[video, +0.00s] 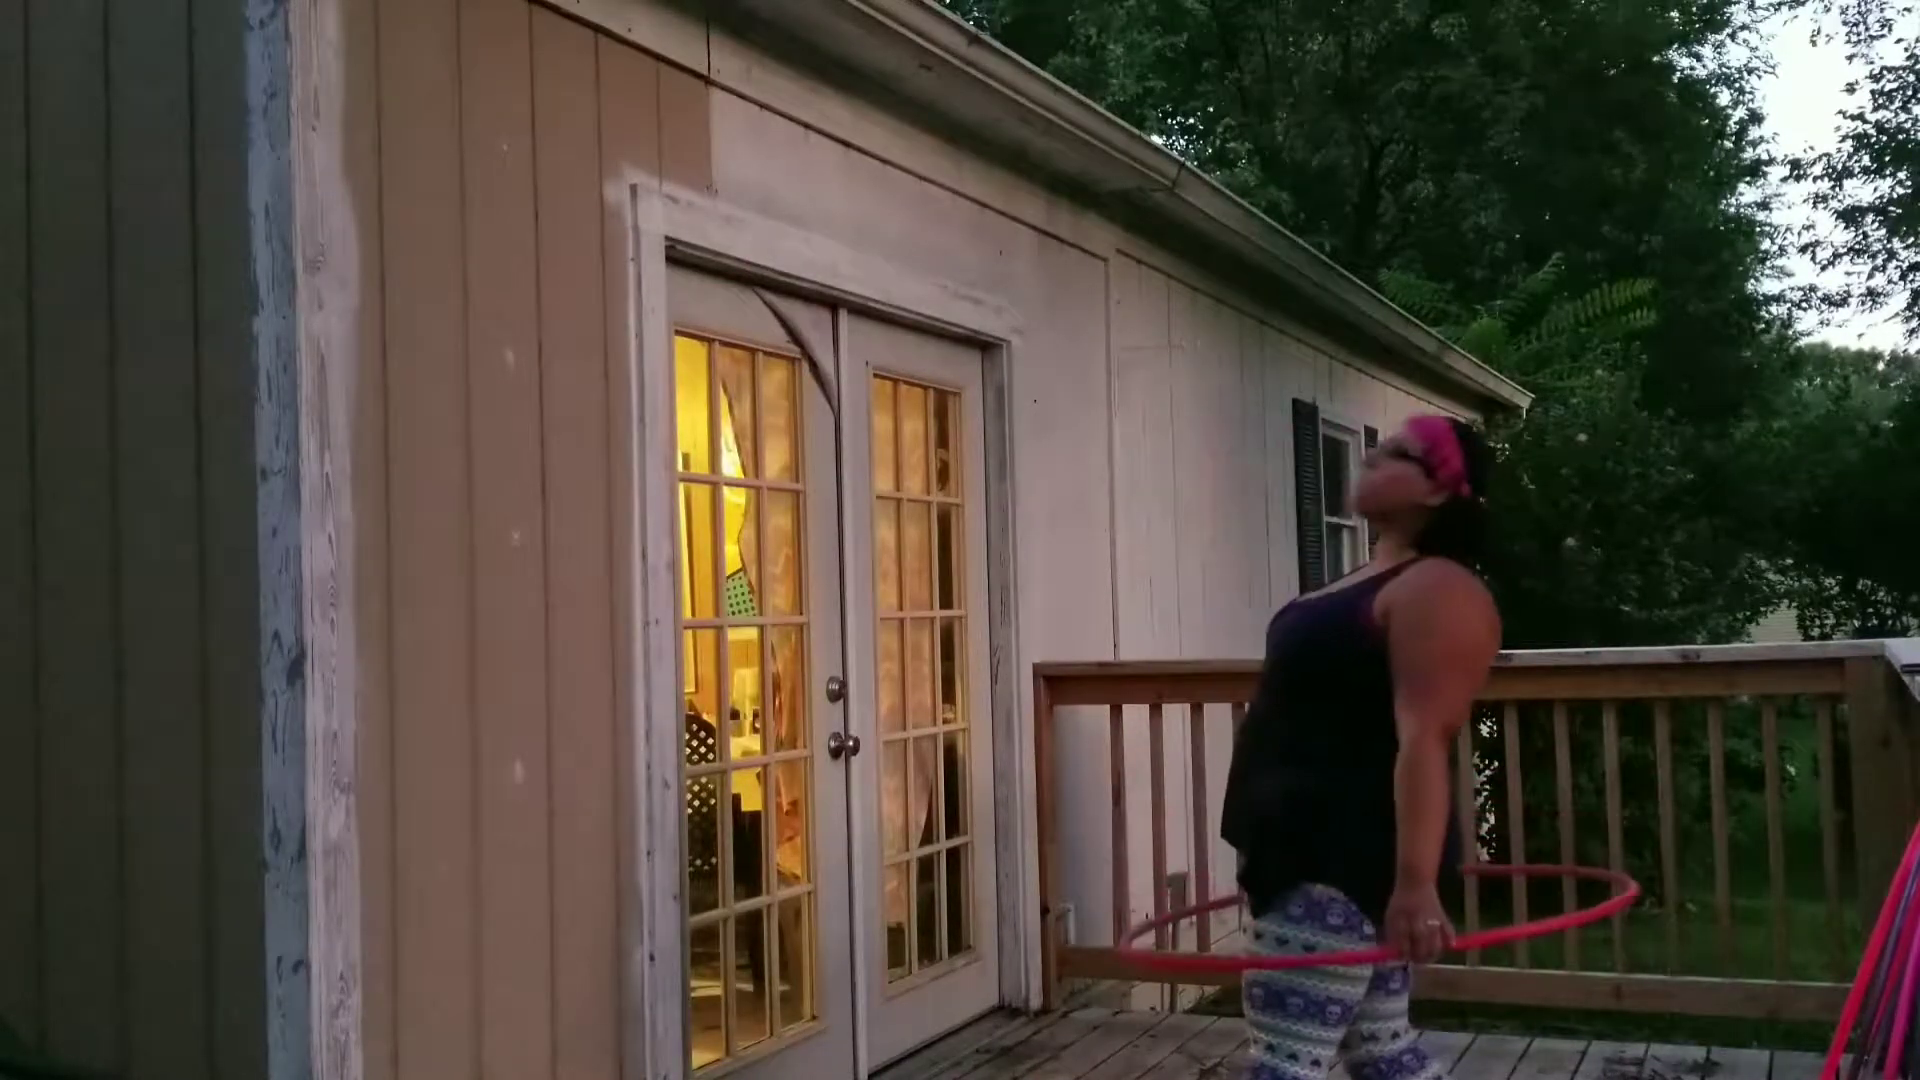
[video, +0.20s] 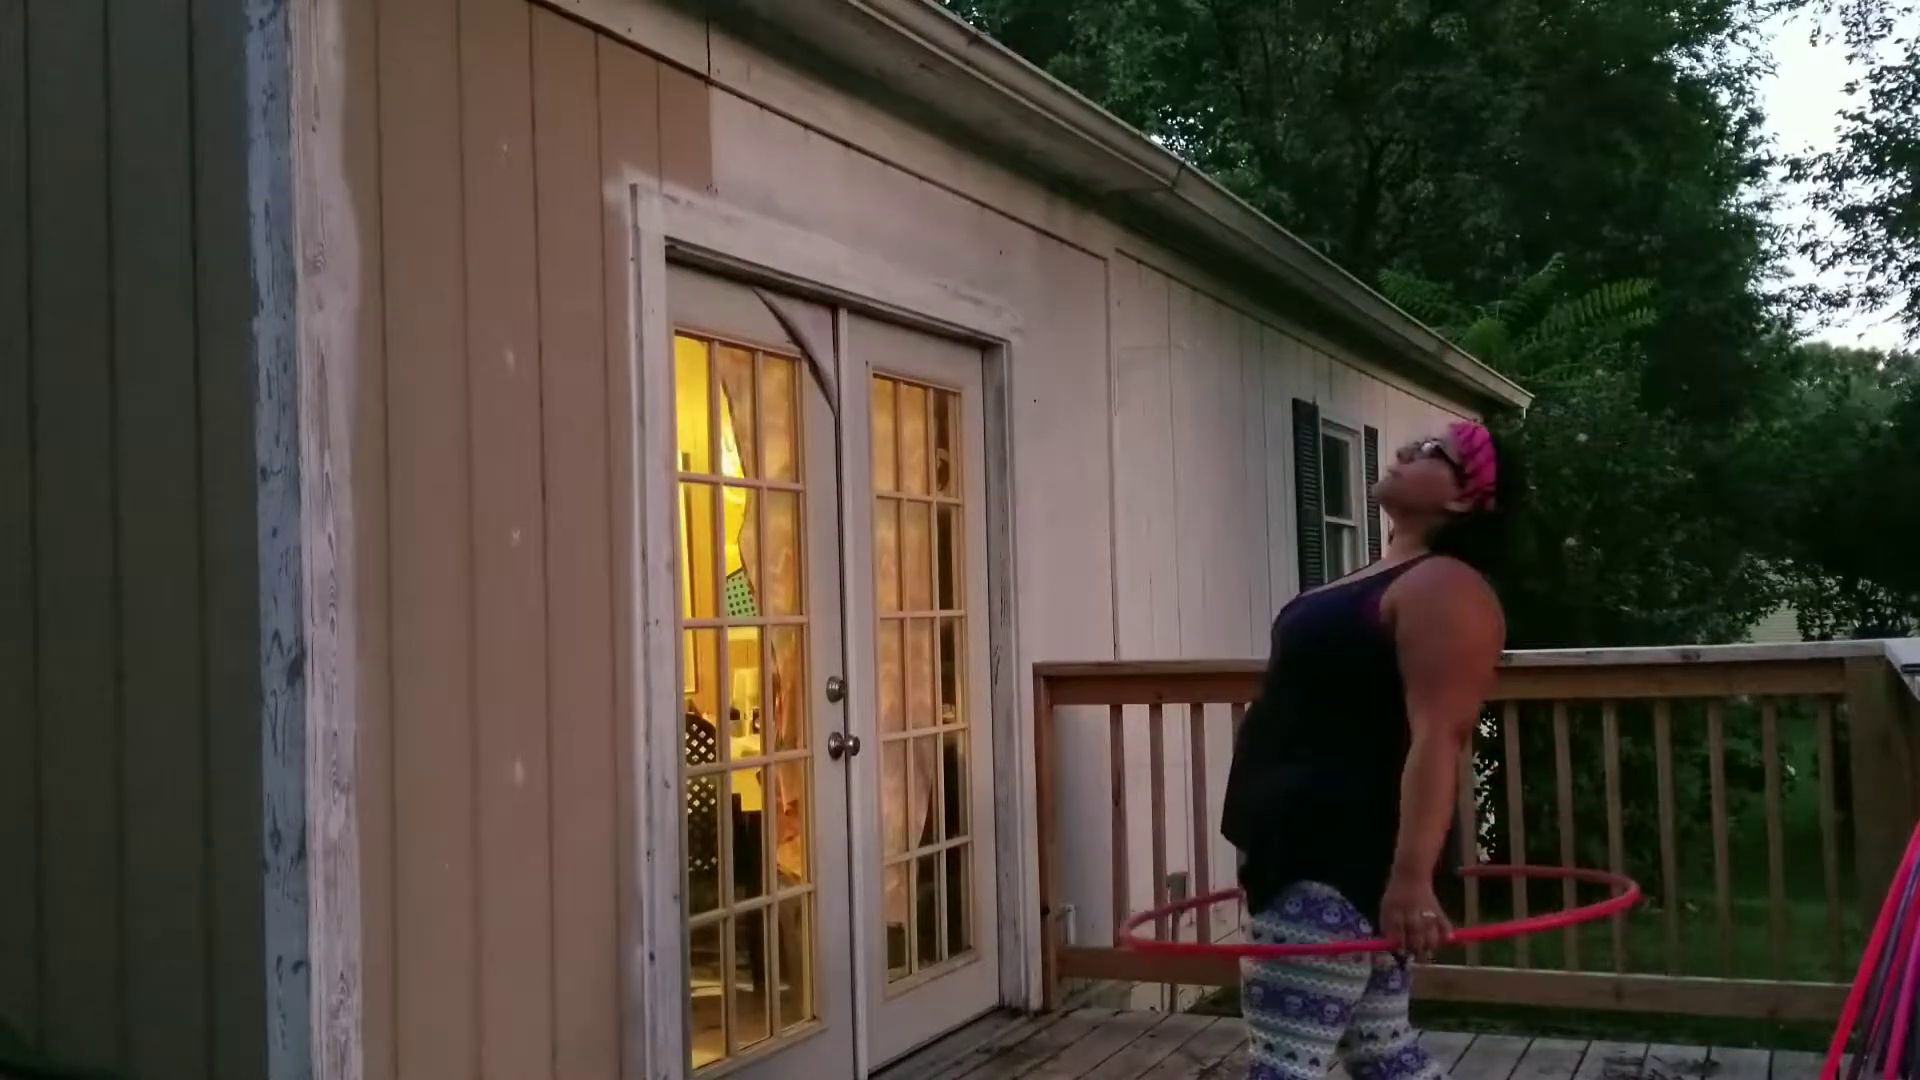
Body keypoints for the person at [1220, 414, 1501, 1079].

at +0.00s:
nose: (1369, 459)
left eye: (1395, 454)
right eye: (1376, 448)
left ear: (1435, 491)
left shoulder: (1440, 589)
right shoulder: (1367, 581)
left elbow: (1425, 739)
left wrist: (1416, 883)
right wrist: (1269, 860)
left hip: (1338, 877)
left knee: (1285, 1062)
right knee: (1383, 1053)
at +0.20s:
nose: (1406, 450)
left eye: (1434, 451)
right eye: (1416, 442)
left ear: (1460, 499)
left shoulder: (1445, 586)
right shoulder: (1382, 576)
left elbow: (1439, 738)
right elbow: (1341, 723)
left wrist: (1412, 877)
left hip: (1334, 874)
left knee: (1282, 1062)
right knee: (1383, 1053)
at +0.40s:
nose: (1393, 451)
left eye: (1418, 451)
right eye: (1404, 444)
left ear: (1451, 495)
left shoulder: (1446, 577)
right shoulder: (1376, 574)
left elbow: (1466, 717)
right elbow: (1344, 713)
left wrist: (1382, 802)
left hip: (1335, 861)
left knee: (1282, 1060)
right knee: (1383, 1052)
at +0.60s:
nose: (1384, 446)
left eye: (1409, 447)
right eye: (1395, 439)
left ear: (1441, 490)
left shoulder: (1441, 563)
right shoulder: (1377, 563)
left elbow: (1481, 695)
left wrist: (1388, 682)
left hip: (1340, 850)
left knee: (1281, 1054)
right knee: (1382, 1047)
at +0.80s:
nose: (1374, 444)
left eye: (1397, 441)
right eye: (1382, 437)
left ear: (1431, 484)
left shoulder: (1440, 563)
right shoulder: (1352, 566)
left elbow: (1474, 704)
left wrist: (1414, 625)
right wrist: (1277, 624)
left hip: (1337, 848)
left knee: (1278, 1058)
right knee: (1385, 1044)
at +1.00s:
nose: (1346, 448)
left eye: (1370, 442)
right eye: (1354, 437)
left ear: (1411, 480)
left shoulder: (1423, 557)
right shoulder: (1327, 572)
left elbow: (1470, 696)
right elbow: (1267, 708)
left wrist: (1399, 619)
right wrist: (1229, 811)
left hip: (1335, 851)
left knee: (1278, 1058)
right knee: (1388, 1045)